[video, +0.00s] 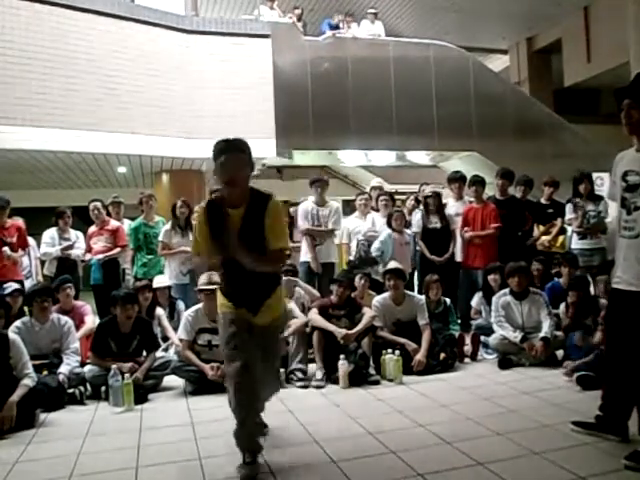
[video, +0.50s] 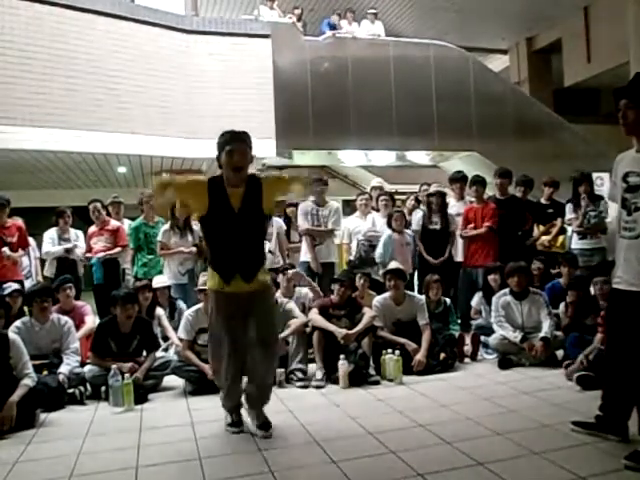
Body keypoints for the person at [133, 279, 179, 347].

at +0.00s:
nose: (146, 296)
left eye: (149, 292)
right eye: (142, 293)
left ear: (152, 294)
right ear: (137, 295)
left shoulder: (158, 311)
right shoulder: (134, 312)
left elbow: (168, 329)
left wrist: (177, 343)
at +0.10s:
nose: (146, 295)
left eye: (149, 292)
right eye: (142, 292)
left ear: (152, 294)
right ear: (137, 295)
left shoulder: (158, 311)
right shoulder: (134, 312)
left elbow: (168, 329)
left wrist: (177, 343)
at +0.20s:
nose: (146, 295)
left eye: (149, 292)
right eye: (142, 292)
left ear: (152, 294)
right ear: (137, 295)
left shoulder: (158, 311)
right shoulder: (134, 312)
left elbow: (168, 329)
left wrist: (176, 342)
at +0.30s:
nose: (146, 295)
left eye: (149, 292)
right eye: (142, 292)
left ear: (152, 294)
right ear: (137, 295)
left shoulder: (158, 311)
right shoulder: (134, 312)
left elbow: (168, 329)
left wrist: (176, 342)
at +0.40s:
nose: (146, 295)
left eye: (149, 292)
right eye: (142, 292)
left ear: (152, 294)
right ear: (137, 295)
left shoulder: (158, 311)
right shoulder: (134, 312)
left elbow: (168, 329)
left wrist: (176, 341)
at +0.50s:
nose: (146, 295)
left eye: (149, 292)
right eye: (142, 292)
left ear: (152, 294)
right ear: (137, 295)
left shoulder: (158, 311)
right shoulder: (133, 312)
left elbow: (168, 329)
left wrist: (176, 342)